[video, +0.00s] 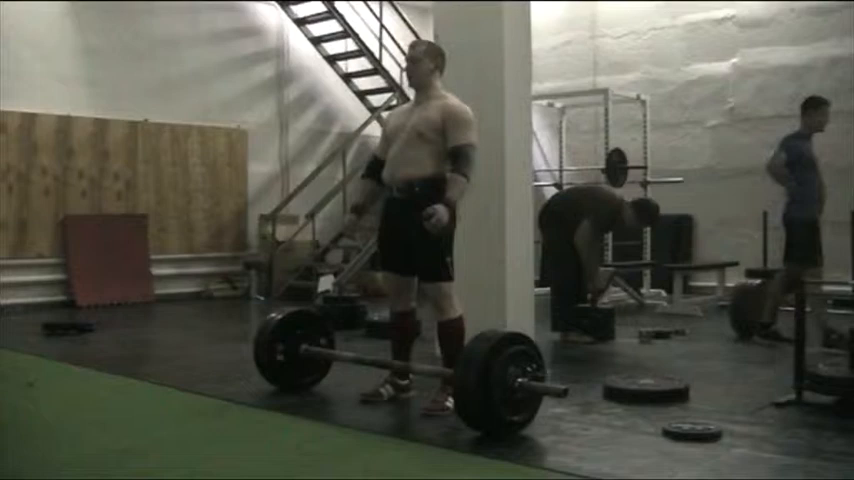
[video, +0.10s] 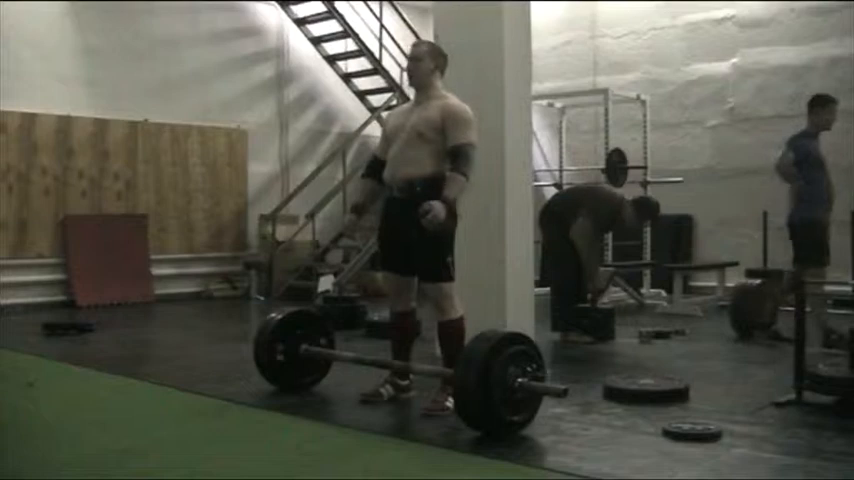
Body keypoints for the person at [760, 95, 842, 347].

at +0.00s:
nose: (826, 121)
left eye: (826, 116)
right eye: (823, 116)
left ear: (814, 117)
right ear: (808, 115)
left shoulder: (805, 144)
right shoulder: (793, 142)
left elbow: (809, 175)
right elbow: (773, 166)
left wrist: (816, 194)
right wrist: (792, 185)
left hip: (806, 215)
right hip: (799, 216)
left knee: (794, 271)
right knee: (811, 273)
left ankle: (767, 322)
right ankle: (822, 330)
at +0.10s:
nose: (833, 119)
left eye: (834, 114)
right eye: (830, 114)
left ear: (820, 115)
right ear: (815, 113)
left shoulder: (812, 143)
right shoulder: (801, 142)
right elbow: (782, 165)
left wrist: (823, 194)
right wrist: (799, 183)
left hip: (815, 218)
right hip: (806, 219)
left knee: (806, 275)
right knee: (813, 276)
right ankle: (820, 331)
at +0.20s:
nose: (844, 118)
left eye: (844, 112)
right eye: (840, 112)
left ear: (830, 113)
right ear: (827, 112)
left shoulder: (821, 142)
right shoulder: (811, 143)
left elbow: (820, 185)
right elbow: (800, 186)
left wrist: (834, 218)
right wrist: (798, 219)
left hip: (826, 219)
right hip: (815, 220)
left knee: (823, 277)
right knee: (815, 279)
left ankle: (818, 333)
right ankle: (811, 340)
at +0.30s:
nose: (850, 117)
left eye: (850, 111)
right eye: (847, 111)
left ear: (831, 111)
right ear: (836, 111)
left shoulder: (819, 141)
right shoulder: (822, 144)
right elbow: (833, 188)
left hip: (821, 220)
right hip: (822, 221)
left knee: (823, 280)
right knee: (823, 280)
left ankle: (820, 333)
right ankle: (817, 337)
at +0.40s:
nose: (849, 115)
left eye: (848, 110)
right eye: (847, 110)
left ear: (841, 111)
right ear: (840, 110)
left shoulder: (831, 138)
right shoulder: (830, 138)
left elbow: (815, 166)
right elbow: (817, 166)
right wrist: (832, 186)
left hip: (838, 216)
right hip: (833, 216)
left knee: (833, 274)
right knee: (831, 275)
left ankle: (829, 328)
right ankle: (828, 329)